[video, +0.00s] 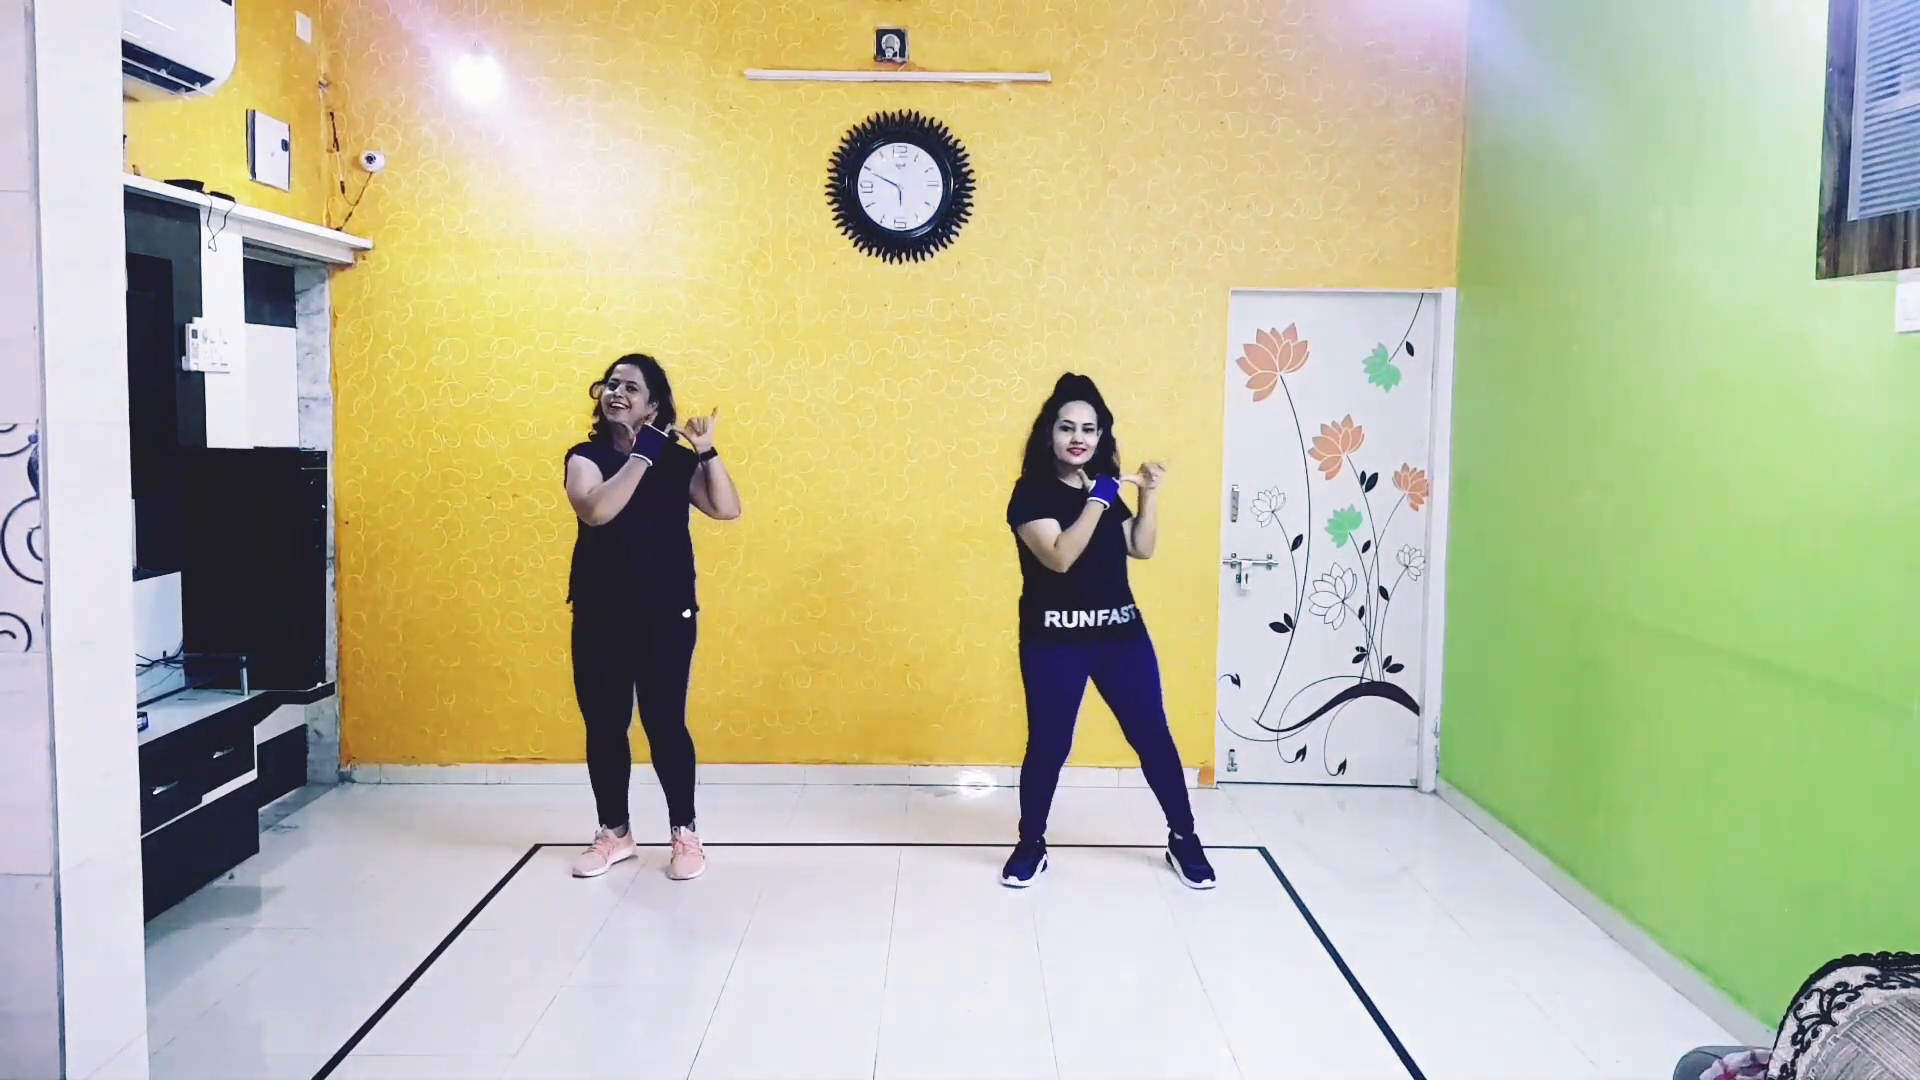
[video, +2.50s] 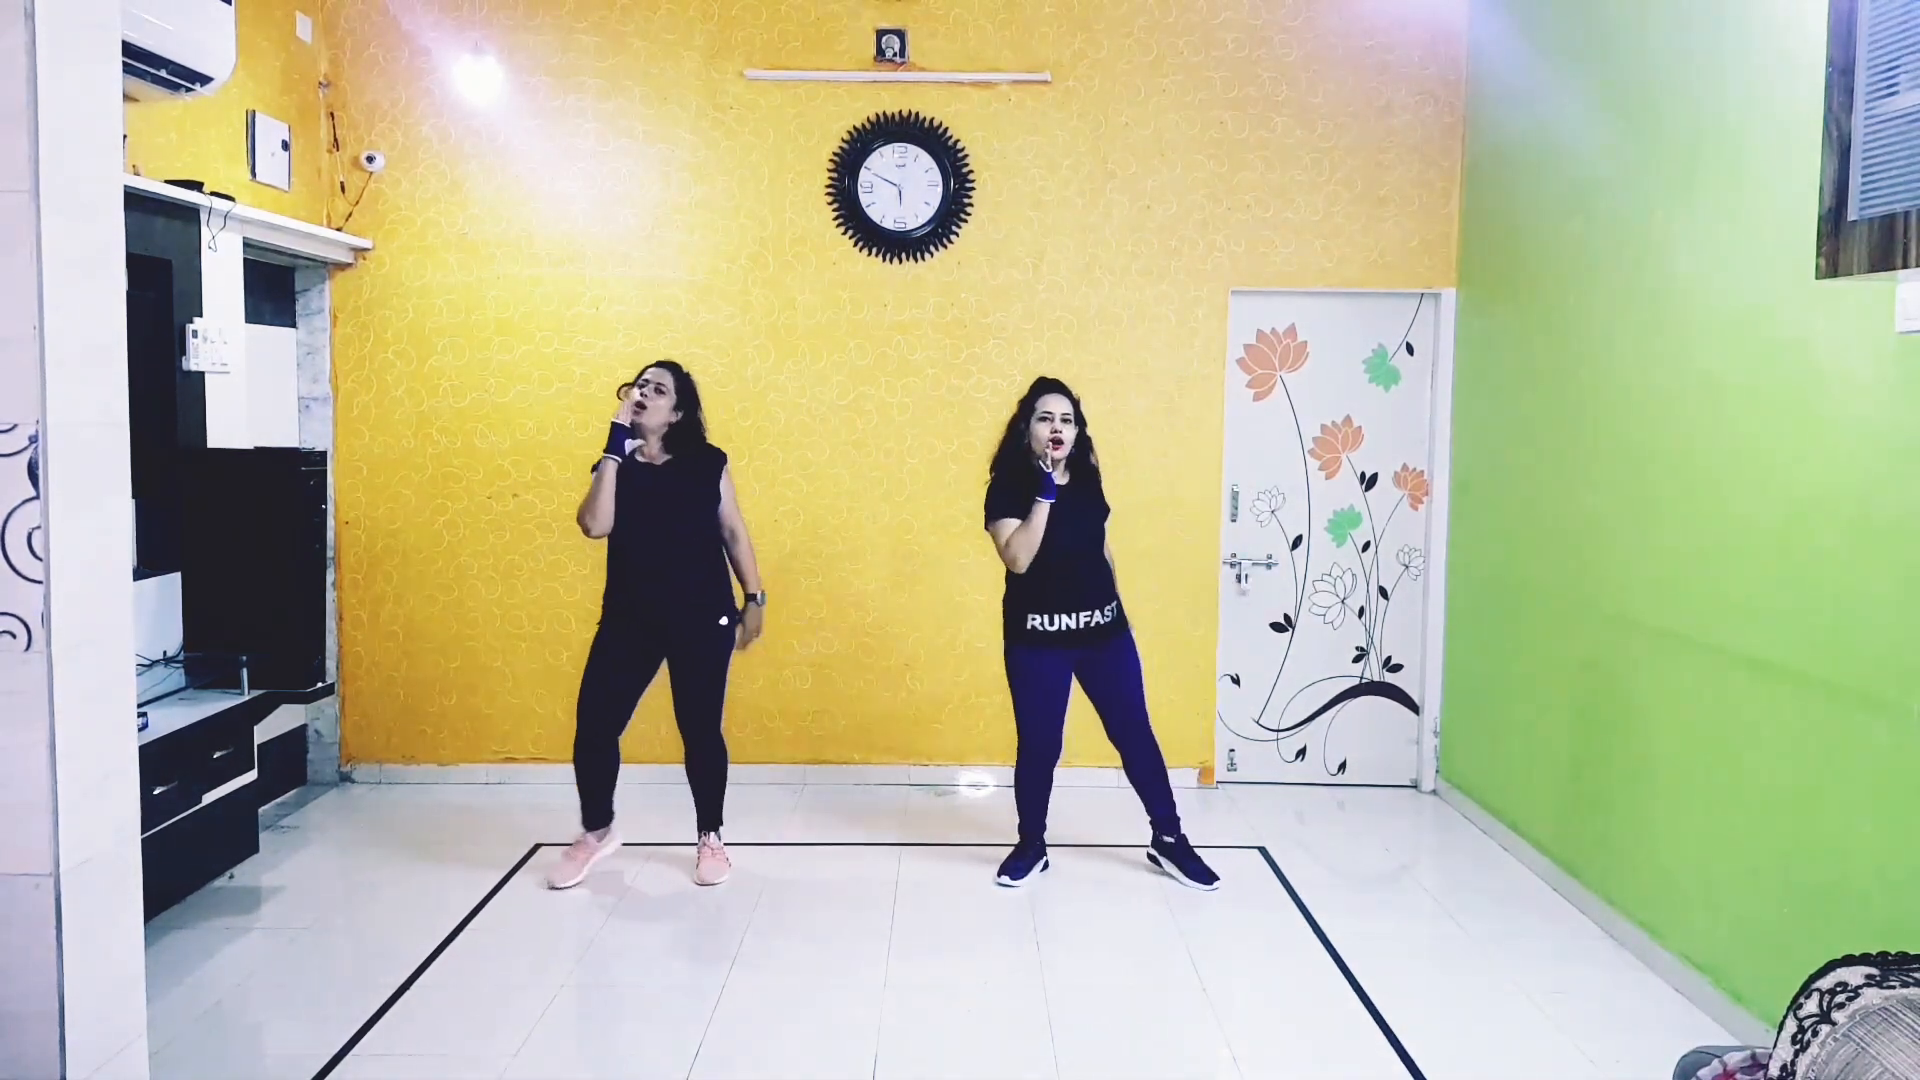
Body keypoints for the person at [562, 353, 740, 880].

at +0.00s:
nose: (617, 393)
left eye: (630, 387)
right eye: (612, 385)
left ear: (656, 403)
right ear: (601, 397)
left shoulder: (675, 457)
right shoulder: (585, 456)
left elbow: (727, 509)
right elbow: (595, 511)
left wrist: (708, 450)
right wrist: (642, 454)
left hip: (666, 611)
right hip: (601, 611)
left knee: (665, 721)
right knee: (604, 726)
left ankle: (684, 833)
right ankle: (614, 833)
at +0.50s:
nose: (601, 401)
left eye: (615, 395)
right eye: (597, 393)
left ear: (642, 411)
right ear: (588, 404)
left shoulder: (663, 460)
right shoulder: (577, 463)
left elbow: (719, 501)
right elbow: (578, 523)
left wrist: (687, 448)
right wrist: (618, 461)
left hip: (650, 610)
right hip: (586, 612)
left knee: (646, 720)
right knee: (602, 725)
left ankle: (685, 825)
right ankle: (615, 834)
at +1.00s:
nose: (627, 399)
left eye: (641, 394)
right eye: (623, 391)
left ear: (666, 410)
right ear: (613, 402)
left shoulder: (688, 459)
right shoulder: (599, 464)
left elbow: (743, 506)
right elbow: (600, 522)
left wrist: (716, 453)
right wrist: (640, 459)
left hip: (697, 612)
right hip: (629, 615)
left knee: (695, 722)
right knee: (606, 724)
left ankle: (703, 833)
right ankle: (609, 827)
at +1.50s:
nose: (605, 404)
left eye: (619, 398)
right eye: (601, 397)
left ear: (644, 415)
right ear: (592, 409)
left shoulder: (672, 479)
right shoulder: (575, 471)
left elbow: (707, 535)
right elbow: (546, 529)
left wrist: (699, 581)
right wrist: (581, 459)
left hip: (634, 627)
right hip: (568, 622)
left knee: (630, 735)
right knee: (581, 733)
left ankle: (662, 831)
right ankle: (593, 841)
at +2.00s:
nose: (625, 397)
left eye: (641, 393)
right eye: (623, 389)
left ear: (664, 413)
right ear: (612, 399)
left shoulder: (686, 471)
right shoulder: (592, 467)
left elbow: (729, 522)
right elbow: (567, 523)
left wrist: (732, 584)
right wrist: (596, 451)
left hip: (681, 624)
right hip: (612, 624)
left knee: (690, 731)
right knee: (607, 735)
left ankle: (709, 839)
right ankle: (596, 842)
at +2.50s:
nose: (642, 394)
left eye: (657, 390)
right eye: (639, 386)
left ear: (680, 412)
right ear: (628, 399)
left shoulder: (708, 463)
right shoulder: (612, 466)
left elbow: (733, 530)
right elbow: (596, 525)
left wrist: (754, 597)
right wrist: (614, 448)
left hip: (700, 618)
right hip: (631, 617)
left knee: (701, 728)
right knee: (594, 724)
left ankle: (710, 836)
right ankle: (596, 830)